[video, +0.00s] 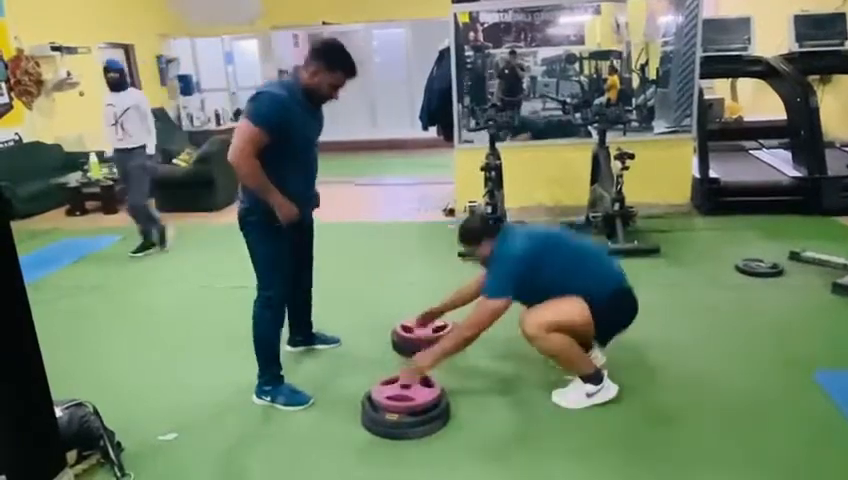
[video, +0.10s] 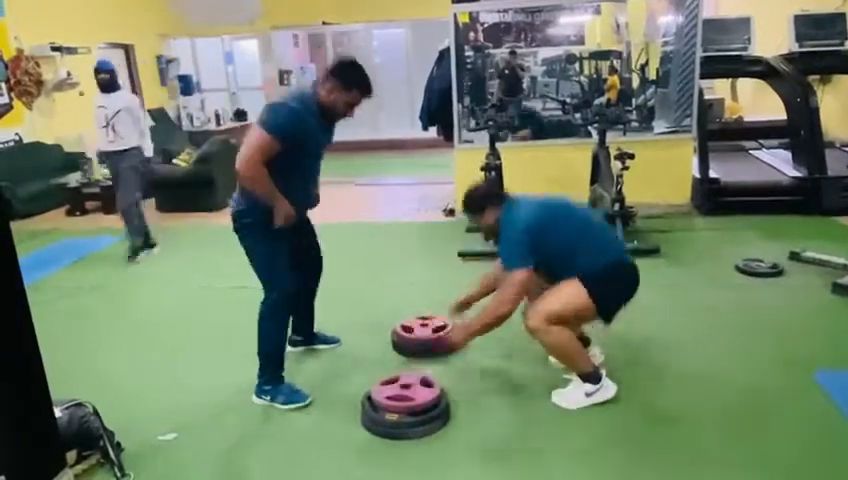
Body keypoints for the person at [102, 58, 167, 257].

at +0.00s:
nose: (111, 80)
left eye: (115, 76)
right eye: (108, 77)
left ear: (123, 76)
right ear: (105, 79)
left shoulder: (137, 97)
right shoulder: (109, 100)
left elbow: (151, 124)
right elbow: (110, 127)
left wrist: (150, 150)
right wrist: (110, 150)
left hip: (138, 150)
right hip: (120, 152)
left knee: (136, 201)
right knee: (134, 200)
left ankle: (158, 227)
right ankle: (147, 237)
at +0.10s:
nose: (102, 81)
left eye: (105, 76)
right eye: (98, 77)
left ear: (114, 77)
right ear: (95, 79)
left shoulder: (130, 100)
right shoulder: (99, 102)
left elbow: (144, 127)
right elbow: (101, 128)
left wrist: (148, 152)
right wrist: (99, 150)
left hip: (130, 151)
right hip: (110, 153)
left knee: (125, 200)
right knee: (128, 199)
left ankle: (136, 242)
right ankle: (146, 238)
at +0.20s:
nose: (93, 83)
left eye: (97, 79)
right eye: (90, 80)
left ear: (106, 79)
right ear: (86, 82)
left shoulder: (121, 103)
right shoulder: (89, 105)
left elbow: (137, 131)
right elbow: (87, 134)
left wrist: (145, 156)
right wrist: (76, 156)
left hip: (122, 156)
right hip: (103, 159)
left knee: (118, 203)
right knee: (123, 200)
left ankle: (111, 252)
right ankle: (146, 238)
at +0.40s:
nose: (75, 83)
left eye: (78, 79)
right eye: (71, 80)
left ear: (88, 79)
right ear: (67, 83)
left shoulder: (101, 103)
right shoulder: (67, 106)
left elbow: (119, 135)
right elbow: (61, 134)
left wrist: (124, 164)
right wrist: (51, 160)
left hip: (101, 159)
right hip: (81, 162)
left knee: (101, 209)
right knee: (94, 210)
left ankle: (103, 259)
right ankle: (130, 233)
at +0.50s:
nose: (65, 83)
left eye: (69, 79)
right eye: (61, 79)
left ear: (77, 80)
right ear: (57, 83)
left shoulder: (89, 105)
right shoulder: (58, 108)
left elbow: (107, 137)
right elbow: (54, 137)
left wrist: (110, 166)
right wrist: (45, 162)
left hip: (92, 162)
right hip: (70, 164)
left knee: (97, 212)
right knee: (75, 217)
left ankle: (103, 259)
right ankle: (109, 235)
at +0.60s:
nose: (50, 86)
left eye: (54, 82)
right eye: (48, 82)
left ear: (65, 82)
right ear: (46, 85)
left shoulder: (81, 105)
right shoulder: (51, 108)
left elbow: (90, 137)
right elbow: (49, 139)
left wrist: (87, 167)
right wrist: (41, 165)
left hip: (82, 166)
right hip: (59, 167)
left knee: (91, 217)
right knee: (56, 221)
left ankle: (101, 260)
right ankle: (85, 247)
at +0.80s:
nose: (17, 89)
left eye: (21, 84)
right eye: (16, 85)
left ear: (33, 85)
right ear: (19, 88)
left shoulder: (51, 110)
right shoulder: (26, 112)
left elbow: (60, 148)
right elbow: (32, 144)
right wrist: (31, 166)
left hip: (62, 173)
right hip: (42, 176)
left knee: (81, 221)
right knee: (42, 231)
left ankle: (99, 259)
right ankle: (36, 279)